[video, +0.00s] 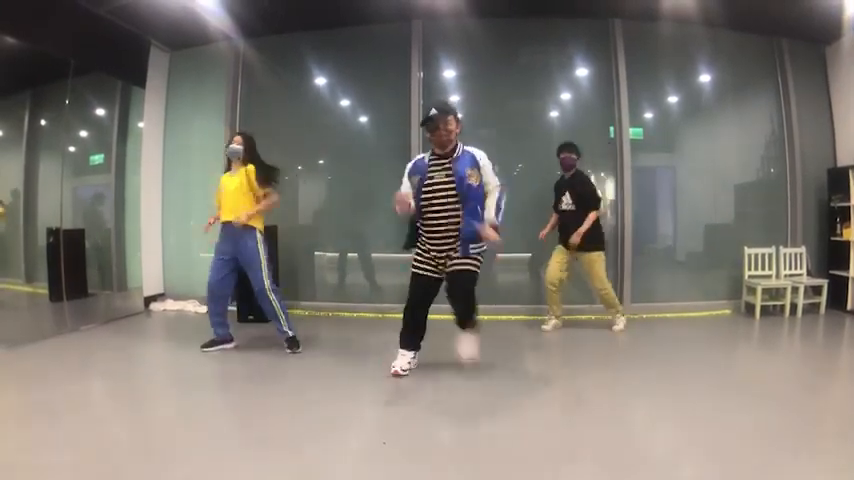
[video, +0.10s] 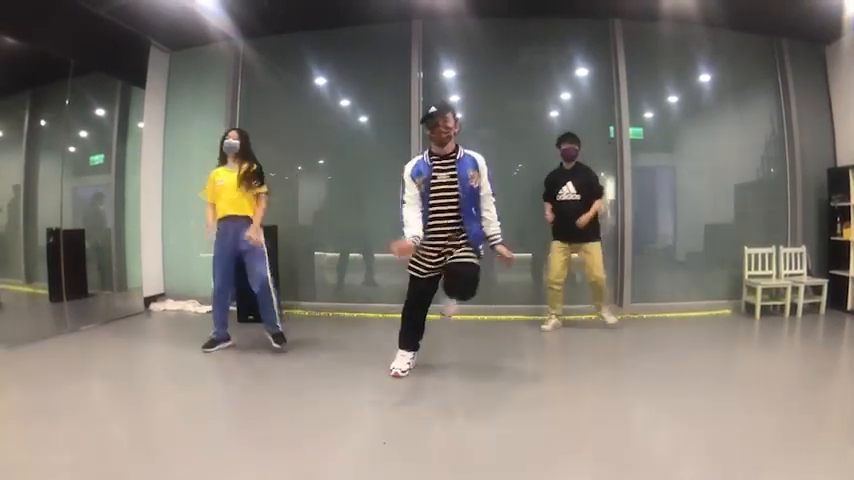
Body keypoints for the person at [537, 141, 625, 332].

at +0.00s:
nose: (567, 162)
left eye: (571, 158)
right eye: (563, 158)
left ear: (577, 159)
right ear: (559, 160)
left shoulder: (583, 181)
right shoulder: (559, 184)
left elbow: (594, 210)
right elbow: (558, 212)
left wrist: (579, 232)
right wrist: (548, 229)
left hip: (590, 244)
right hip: (566, 243)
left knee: (600, 285)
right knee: (552, 279)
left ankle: (618, 314)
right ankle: (554, 316)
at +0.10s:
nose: (569, 152)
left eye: (573, 149)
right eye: (565, 149)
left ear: (578, 150)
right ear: (559, 150)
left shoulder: (587, 174)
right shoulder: (553, 177)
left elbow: (599, 200)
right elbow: (548, 199)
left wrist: (588, 216)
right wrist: (548, 211)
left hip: (588, 237)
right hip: (561, 237)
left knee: (598, 277)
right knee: (554, 279)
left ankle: (601, 308)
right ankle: (554, 316)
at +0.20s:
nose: (573, 149)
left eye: (577, 146)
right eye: (569, 145)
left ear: (581, 147)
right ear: (562, 147)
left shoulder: (589, 172)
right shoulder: (552, 174)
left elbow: (595, 196)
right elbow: (542, 198)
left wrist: (596, 203)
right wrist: (553, 204)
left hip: (588, 233)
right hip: (561, 235)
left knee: (599, 270)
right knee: (556, 277)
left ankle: (589, 302)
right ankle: (551, 313)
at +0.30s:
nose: (578, 151)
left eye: (581, 147)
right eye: (573, 147)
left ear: (586, 150)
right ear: (566, 150)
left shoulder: (586, 175)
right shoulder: (558, 174)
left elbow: (588, 202)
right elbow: (550, 203)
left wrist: (601, 214)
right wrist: (568, 211)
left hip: (584, 237)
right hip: (560, 238)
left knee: (602, 270)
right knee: (554, 278)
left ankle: (592, 309)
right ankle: (539, 314)